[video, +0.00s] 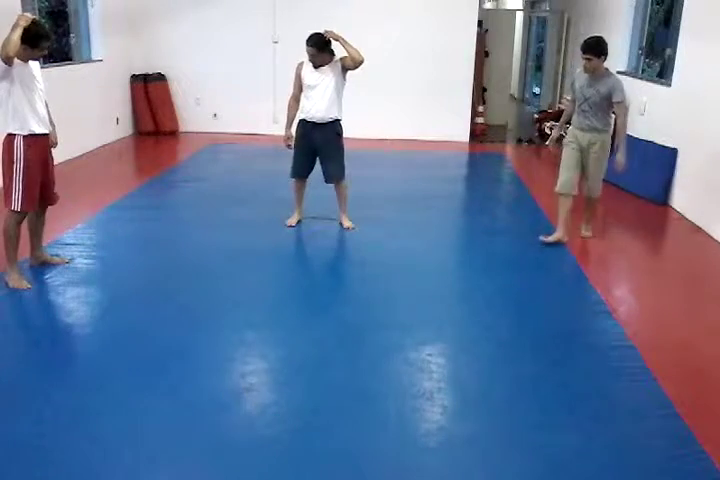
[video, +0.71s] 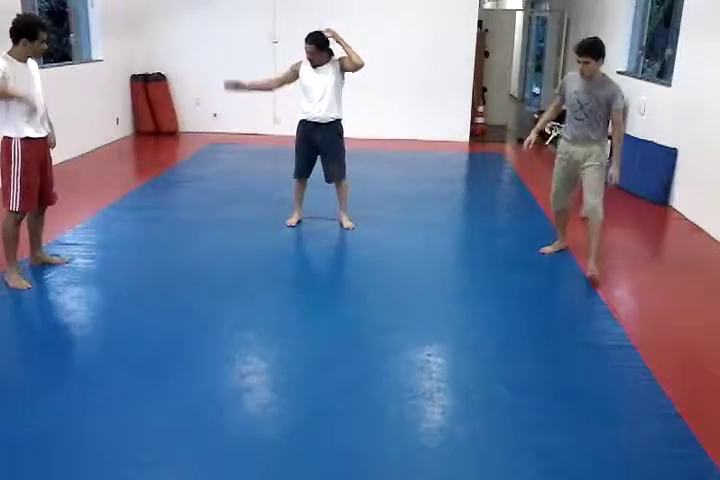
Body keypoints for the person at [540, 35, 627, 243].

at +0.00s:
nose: (584, 64)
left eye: (589, 60)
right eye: (583, 59)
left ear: (602, 59)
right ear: (582, 57)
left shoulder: (613, 83)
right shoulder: (578, 76)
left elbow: (621, 117)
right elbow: (570, 105)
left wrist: (620, 150)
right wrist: (558, 130)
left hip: (599, 138)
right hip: (575, 134)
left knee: (592, 188)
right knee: (565, 184)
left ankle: (587, 223)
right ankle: (561, 230)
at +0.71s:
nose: (580, 67)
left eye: (585, 63)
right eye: (578, 62)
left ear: (599, 62)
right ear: (577, 60)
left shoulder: (611, 91)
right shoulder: (570, 80)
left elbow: (617, 128)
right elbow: (556, 106)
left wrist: (615, 164)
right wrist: (536, 130)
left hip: (594, 151)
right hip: (567, 147)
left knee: (593, 207)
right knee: (558, 198)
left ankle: (592, 262)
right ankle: (561, 240)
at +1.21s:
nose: (582, 63)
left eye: (587, 59)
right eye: (582, 58)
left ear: (604, 62)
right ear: (595, 60)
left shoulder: (622, 92)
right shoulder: (585, 84)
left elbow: (628, 136)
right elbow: (580, 122)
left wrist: (624, 175)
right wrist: (573, 153)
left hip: (606, 160)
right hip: (578, 155)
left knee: (602, 220)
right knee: (567, 216)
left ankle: (594, 271)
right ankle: (571, 272)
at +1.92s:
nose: (564, 65)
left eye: (567, 60)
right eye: (563, 60)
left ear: (583, 60)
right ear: (580, 61)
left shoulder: (598, 95)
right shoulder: (582, 88)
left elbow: (598, 145)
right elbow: (575, 132)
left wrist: (592, 187)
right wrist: (554, 145)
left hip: (584, 168)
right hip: (571, 164)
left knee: (577, 232)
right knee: (565, 225)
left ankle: (572, 301)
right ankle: (570, 281)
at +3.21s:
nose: (559, 65)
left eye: (562, 59)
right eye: (559, 59)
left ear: (576, 59)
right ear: (582, 60)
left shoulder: (577, 90)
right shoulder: (601, 88)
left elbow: (569, 134)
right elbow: (605, 130)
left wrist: (554, 170)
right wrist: (583, 144)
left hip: (569, 162)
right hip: (590, 163)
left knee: (539, 218)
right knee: (580, 225)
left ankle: (550, 275)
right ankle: (573, 281)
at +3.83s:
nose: (541, 63)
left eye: (543, 58)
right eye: (541, 58)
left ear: (555, 58)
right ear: (566, 58)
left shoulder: (548, 86)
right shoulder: (588, 84)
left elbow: (541, 126)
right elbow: (592, 123)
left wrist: (533, 159)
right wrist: (587, 153)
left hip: (551, 149)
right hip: (576, 151)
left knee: (545, 201)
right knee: (568, 200)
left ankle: (548, 254)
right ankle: (568, 242)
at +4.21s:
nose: (534, 59)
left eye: (538, 55)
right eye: (534, 55)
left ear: (550, 56)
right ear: (556, 56)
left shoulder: (550, 82)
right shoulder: (570, 79)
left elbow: (546, 121)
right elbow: (577, 118)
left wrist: (525, 146)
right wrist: (580, 147)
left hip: (550, 142)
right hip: (566, 141)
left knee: (546, 196)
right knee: (551, 189)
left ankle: (550, 252)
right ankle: (545, 231)